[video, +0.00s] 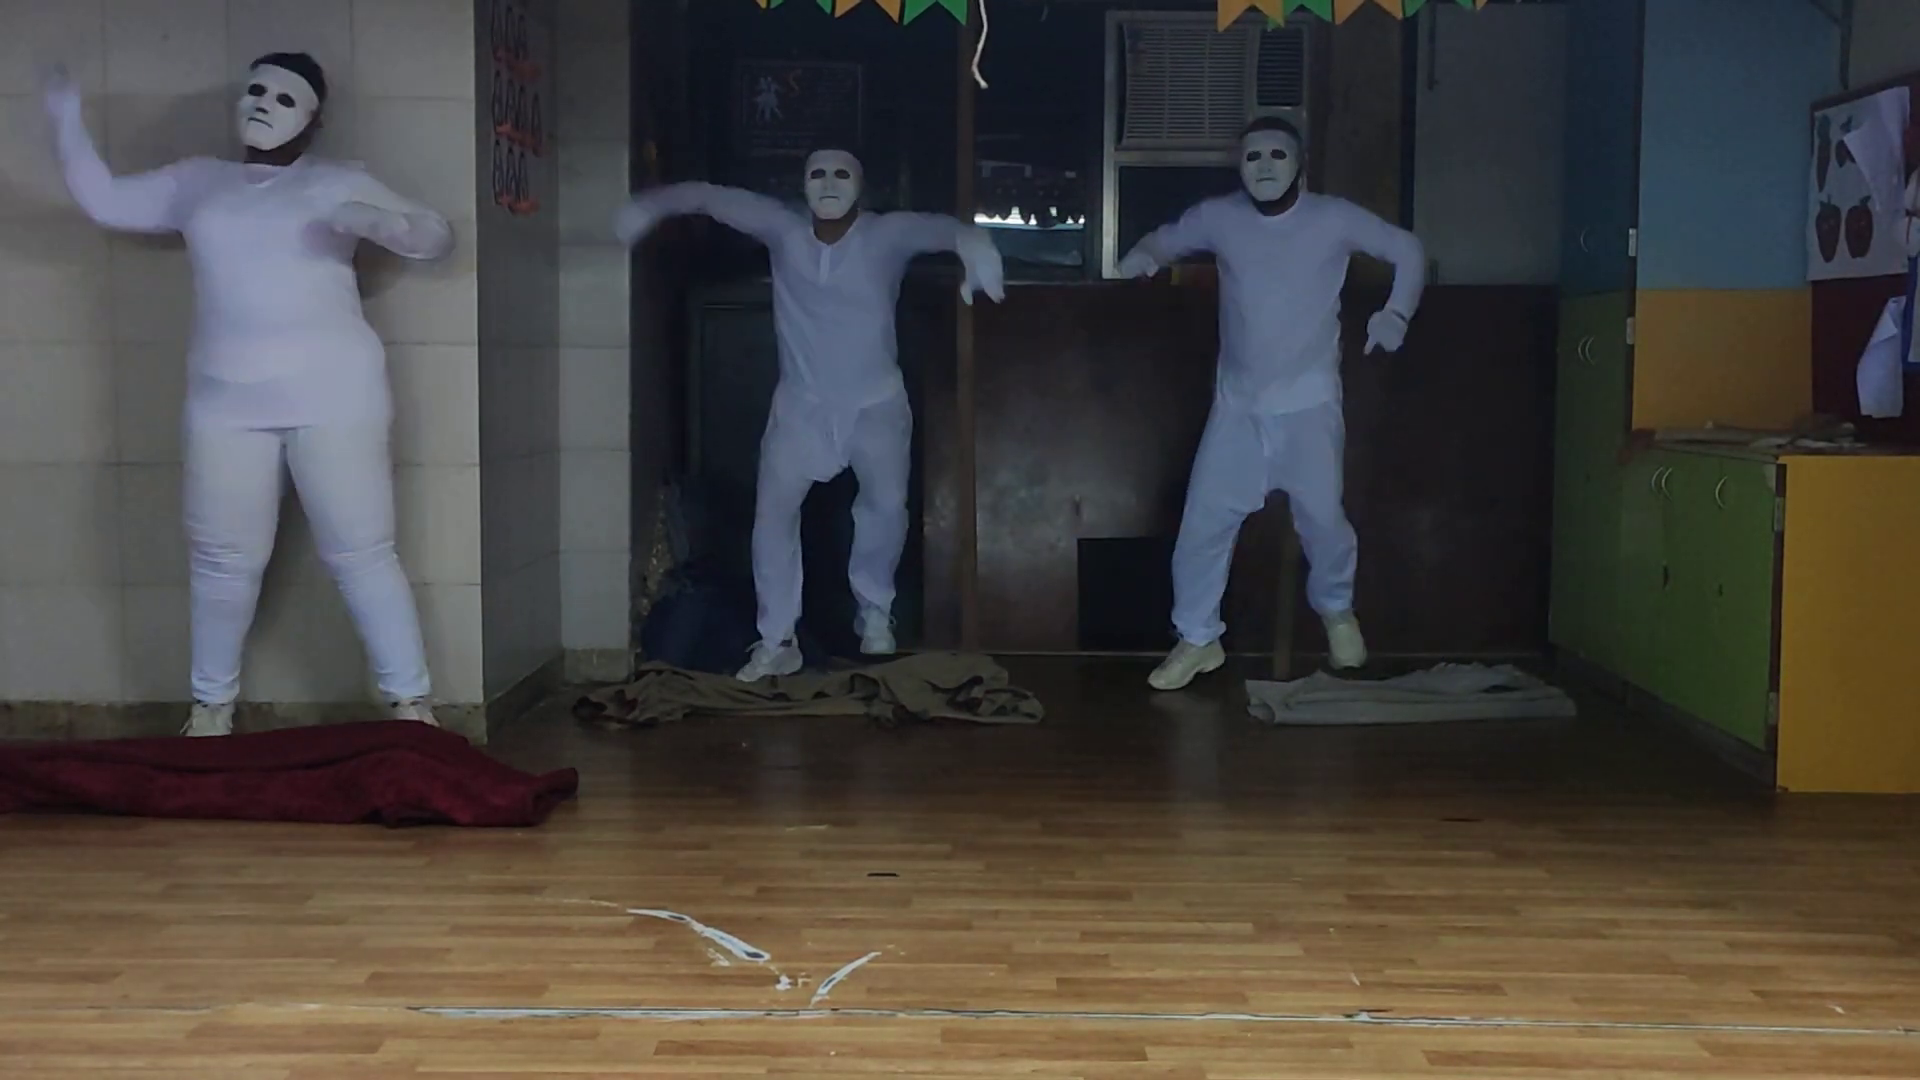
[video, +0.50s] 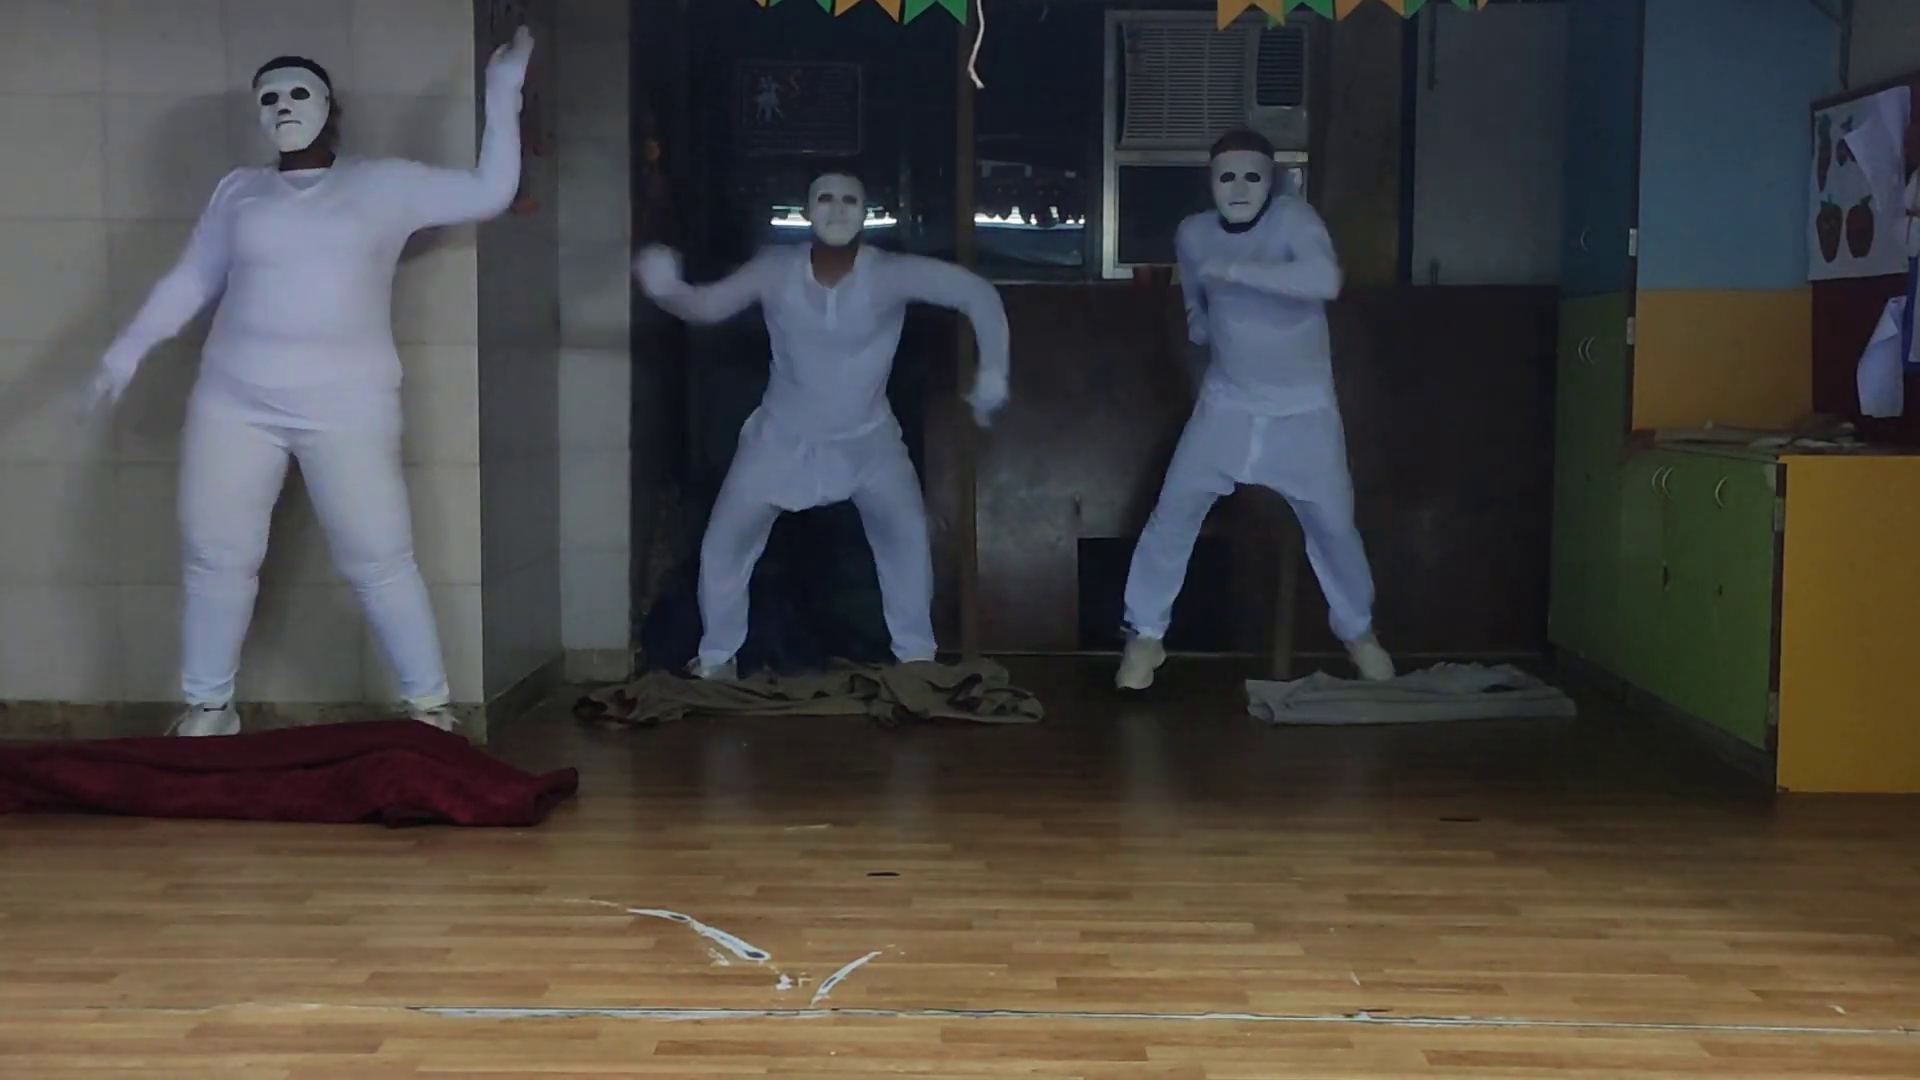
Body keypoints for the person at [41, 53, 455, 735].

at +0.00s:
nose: (265, 106)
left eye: (285, 100)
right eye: (256, 93)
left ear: (311, 118)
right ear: (238, 103)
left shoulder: (337, 183)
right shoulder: (198, 183)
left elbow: (434, 241)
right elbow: (104, 200)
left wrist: (387, 219)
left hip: (333, 398)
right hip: (227, 401)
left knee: (362, 553)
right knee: (222, 560)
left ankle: (411, 708)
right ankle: (210, 711)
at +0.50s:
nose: (283, 106)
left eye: (298, 94)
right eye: (270, 98)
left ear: (328, 107)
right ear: (258, 117)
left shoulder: (381, 187)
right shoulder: (238, 194)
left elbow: (492, 190)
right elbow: (188, 283)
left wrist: (502, 94)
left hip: (345, 403)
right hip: (235, 399)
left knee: (379, 560)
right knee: (216, 557)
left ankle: (430, 712)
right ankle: (206, 711)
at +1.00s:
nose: (292, 118)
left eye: (310, 108)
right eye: (281, 106)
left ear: (338, 123)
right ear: (266, 117)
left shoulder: (376, 199)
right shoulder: (238, 197)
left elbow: (435, 292)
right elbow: (139, 203)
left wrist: (485, 249)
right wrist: (132, 104)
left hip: (404, 408)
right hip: (296, 414)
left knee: (416, 570)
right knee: (257, 573)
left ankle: (439, 719)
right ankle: (220, 717)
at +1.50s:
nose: (311, 119)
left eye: (328, 108)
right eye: (300, 109)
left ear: (358, 125)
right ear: (287, 123)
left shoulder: (396, 195)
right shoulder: (257, 198)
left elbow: (497, 178)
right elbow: (165, 214)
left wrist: (556, 122)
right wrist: (108, 139)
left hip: (353, 414)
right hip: (249, 411)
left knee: (384, 571)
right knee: (241, 572)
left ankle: (431, 715)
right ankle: (249, 715)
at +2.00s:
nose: (326, 129)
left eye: (342, 120)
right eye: (314, 119)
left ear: (367, 137)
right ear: (297, 135)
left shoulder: (400, 222)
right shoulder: (264, 220)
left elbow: (457, 311)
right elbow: (191, 290)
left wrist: (513, 380)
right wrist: (103, 332)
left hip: (407, 423)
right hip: (299, 427)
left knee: (415, 572)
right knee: (268, 574)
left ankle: (429, 713)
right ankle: (260, 713)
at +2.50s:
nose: (270, 129)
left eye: (279, 114)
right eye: (256, 129)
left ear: (312, 120)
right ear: (249, 154)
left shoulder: (367, 199)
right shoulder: (245, 206)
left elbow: (403, 94)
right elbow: (180, 117)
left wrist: (349, 9)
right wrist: (216, 19)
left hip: (336, 424)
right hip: (226, 421)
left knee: (372, 583)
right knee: (224, 580)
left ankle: (424, 719)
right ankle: (222, 726)